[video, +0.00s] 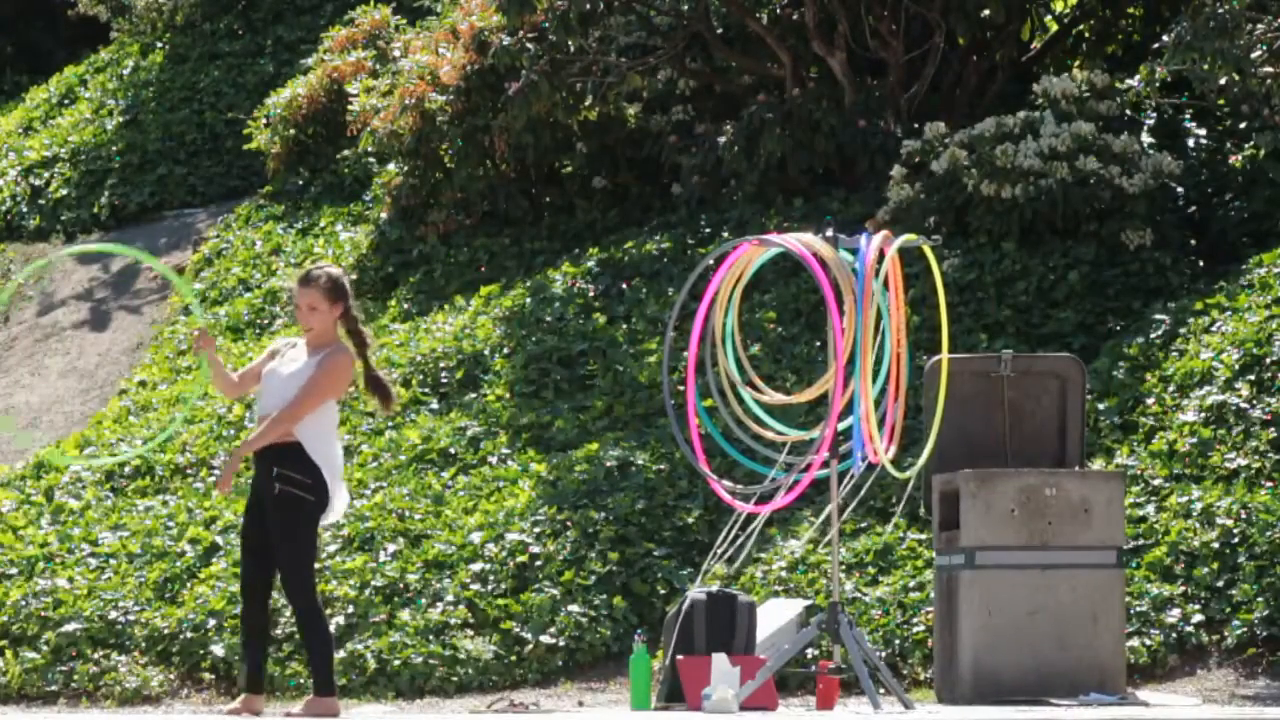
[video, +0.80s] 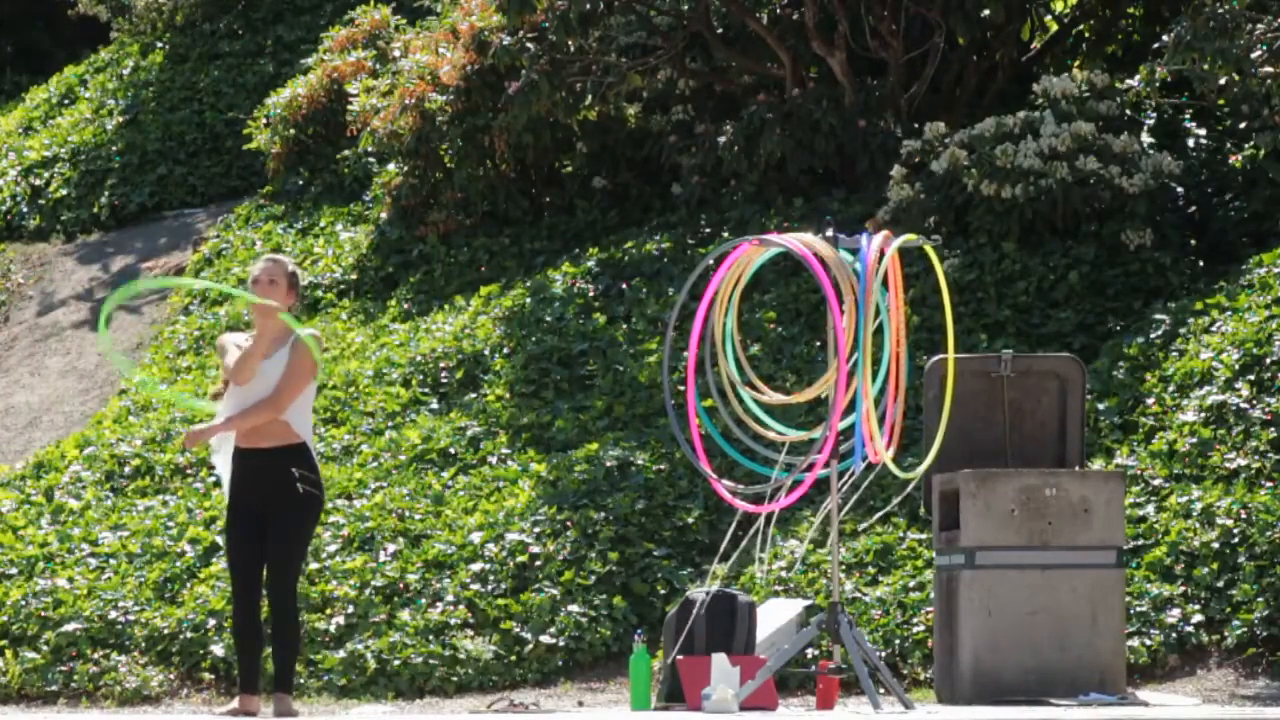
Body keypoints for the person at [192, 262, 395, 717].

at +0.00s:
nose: (302, 315)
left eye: (312, 308)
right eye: (298, 306)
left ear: (337, 309)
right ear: (293, 306)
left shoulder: (339, 359)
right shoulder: (285, 349)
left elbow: (290, 417)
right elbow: (233, 387)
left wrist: (239, 453)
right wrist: (209, 354)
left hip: (299, 474)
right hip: (268, 471)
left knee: (300, 588)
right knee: (254, 587)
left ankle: (325, 696)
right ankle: (252, 696)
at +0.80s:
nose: (260, 287)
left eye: (272, 281)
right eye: (256, 280)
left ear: (291, 295)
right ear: (247, 290)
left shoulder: (303, 343)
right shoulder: (231, 342)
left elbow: (278, 405)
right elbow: (239, 373)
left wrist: (217, 428)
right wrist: (263, 333)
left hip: (292, 471)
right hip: (246, 471)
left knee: (281, 586)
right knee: (244, 588)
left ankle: (284, 695)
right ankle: (248, 695)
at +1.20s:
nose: (262, 286)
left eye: (273, 280)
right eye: (257, 280)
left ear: (295, 293)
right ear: (249, 292)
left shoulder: (321, 344)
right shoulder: (241, 343)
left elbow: (308, 409)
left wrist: (250, 424)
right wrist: (326, 346)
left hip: (302, 462)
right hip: (251, 461)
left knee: (290, 584)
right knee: (231, 568)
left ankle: (285, 695)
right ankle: (233, 647)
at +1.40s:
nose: (269, 287)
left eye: (279, 281)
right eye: (265, 281)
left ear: (301, 293)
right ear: (258, 291)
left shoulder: (327, 347)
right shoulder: (246, 340)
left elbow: (317, 413)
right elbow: (268, 376)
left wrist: (292, 452)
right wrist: (317, 340)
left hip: (305, 457)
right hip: (253, 453)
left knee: (290, 582)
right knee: (272, 512)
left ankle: (284, 694)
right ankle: (232, 574)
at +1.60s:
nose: (276, 288)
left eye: (287, 281)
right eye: (271, 281)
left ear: (309, 290)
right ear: (264, 290)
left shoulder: (332, 346)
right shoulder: (250, 336)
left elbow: (329, 410)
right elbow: (247, 381)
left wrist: (328, 472)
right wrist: (279, 341)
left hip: (307, 456)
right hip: (258, 448)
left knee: (289, 586)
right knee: (285, 499)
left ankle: (284, 694)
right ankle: (225, 530)